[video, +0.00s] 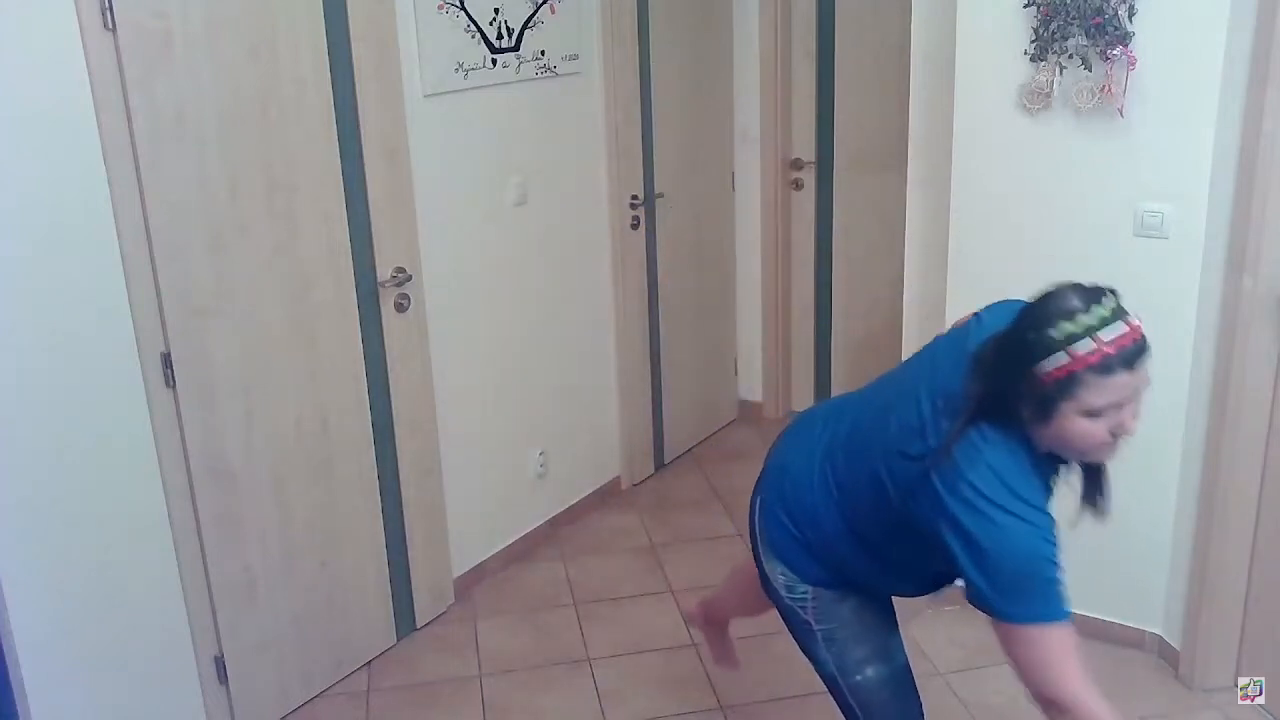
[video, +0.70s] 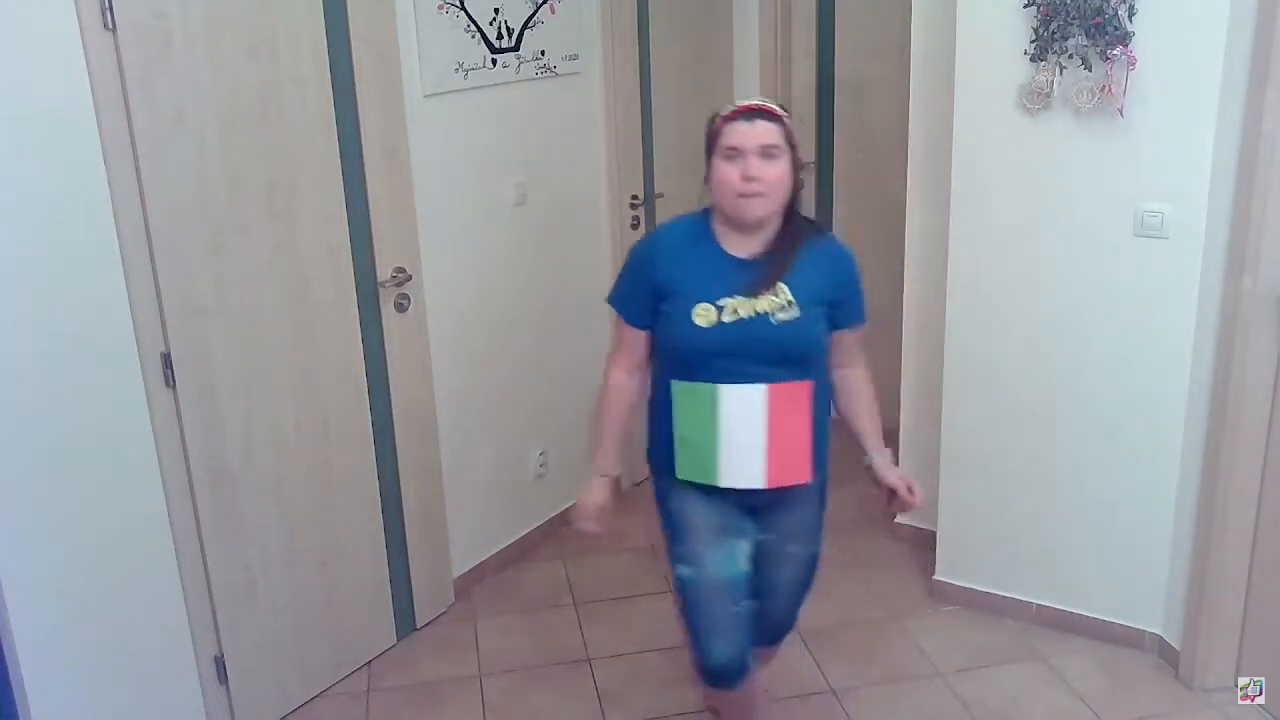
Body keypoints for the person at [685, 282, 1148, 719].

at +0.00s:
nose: (1127, 427)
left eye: (1134, 401)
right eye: (1100, 414)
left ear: (1140, 376)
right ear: (1034, 407)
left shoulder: (1015, 323)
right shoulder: (995, 498)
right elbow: (1061, 693)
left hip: (824, 433)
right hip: (803, 531)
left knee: (784, 569)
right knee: (893, 708)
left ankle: (714, 608)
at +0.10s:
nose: (1081, 383)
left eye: (1090, 355)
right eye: (1054, 366)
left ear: (1098, 340)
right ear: (994, 361)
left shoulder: (984, 321)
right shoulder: (953, 461)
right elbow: (969, 653)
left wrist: (996, 486)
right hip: (801, 539)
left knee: (788, 588)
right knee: (892, 709)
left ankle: (722, 635)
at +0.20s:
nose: (1013, 317)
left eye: (1020, 293)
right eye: (983, 300)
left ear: (1034, 289)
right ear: (928, 306)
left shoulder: (968, 341)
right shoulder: (891, 403)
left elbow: (981, 397)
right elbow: (846, 577)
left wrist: (996, 456)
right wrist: (952, 694)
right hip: (789, 538)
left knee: (782, 611)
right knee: (884, 704)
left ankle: (727, 669)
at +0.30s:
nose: (925, 261)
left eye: (940, 238)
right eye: (898, 243)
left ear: (959, 244)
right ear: (855, 254)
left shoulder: (942, 309)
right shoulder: (822, 350)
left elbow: (952, 371)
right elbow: (738, 486)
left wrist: (1000, 445)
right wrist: (801, 618)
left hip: (862, 528)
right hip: (804, 545)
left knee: (784, 623)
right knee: (865, 692)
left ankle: (730, 682)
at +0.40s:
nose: (872, 231)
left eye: (889, 211)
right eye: (849, 213)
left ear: (911, 219)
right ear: (812, 222)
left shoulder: (914, 285)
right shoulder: (769, 322)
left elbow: (934, 355)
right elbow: (683, 439)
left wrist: (977, 435)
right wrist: (731, 558)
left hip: (851, 510)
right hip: (769, 523)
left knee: (783, 619)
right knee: (834, 681)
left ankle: (720, 691)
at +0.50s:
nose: (816, 199)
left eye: (834, 181)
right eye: (796, 181)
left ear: (856, 194)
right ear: (762, 193)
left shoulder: (877, 268)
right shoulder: (708, 280)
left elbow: (902, 353)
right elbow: (645, 386)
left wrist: (920, 443)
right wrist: (670, 484)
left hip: (830, 498)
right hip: (739, 504)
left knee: (774, 620)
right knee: (812, 678)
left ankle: (716, 696)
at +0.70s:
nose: (751, 170)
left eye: (769, 155)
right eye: (733, 156)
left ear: (794, 172)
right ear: (709, 171)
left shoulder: (827, 259)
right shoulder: (661, 256)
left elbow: (850, 366)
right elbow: (625, 368)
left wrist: (879, 457)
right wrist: (605, 471)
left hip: (794, 484)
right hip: (698, 485)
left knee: (774, 623)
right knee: (724, 658)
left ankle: (733, 685)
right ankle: (744, 706)